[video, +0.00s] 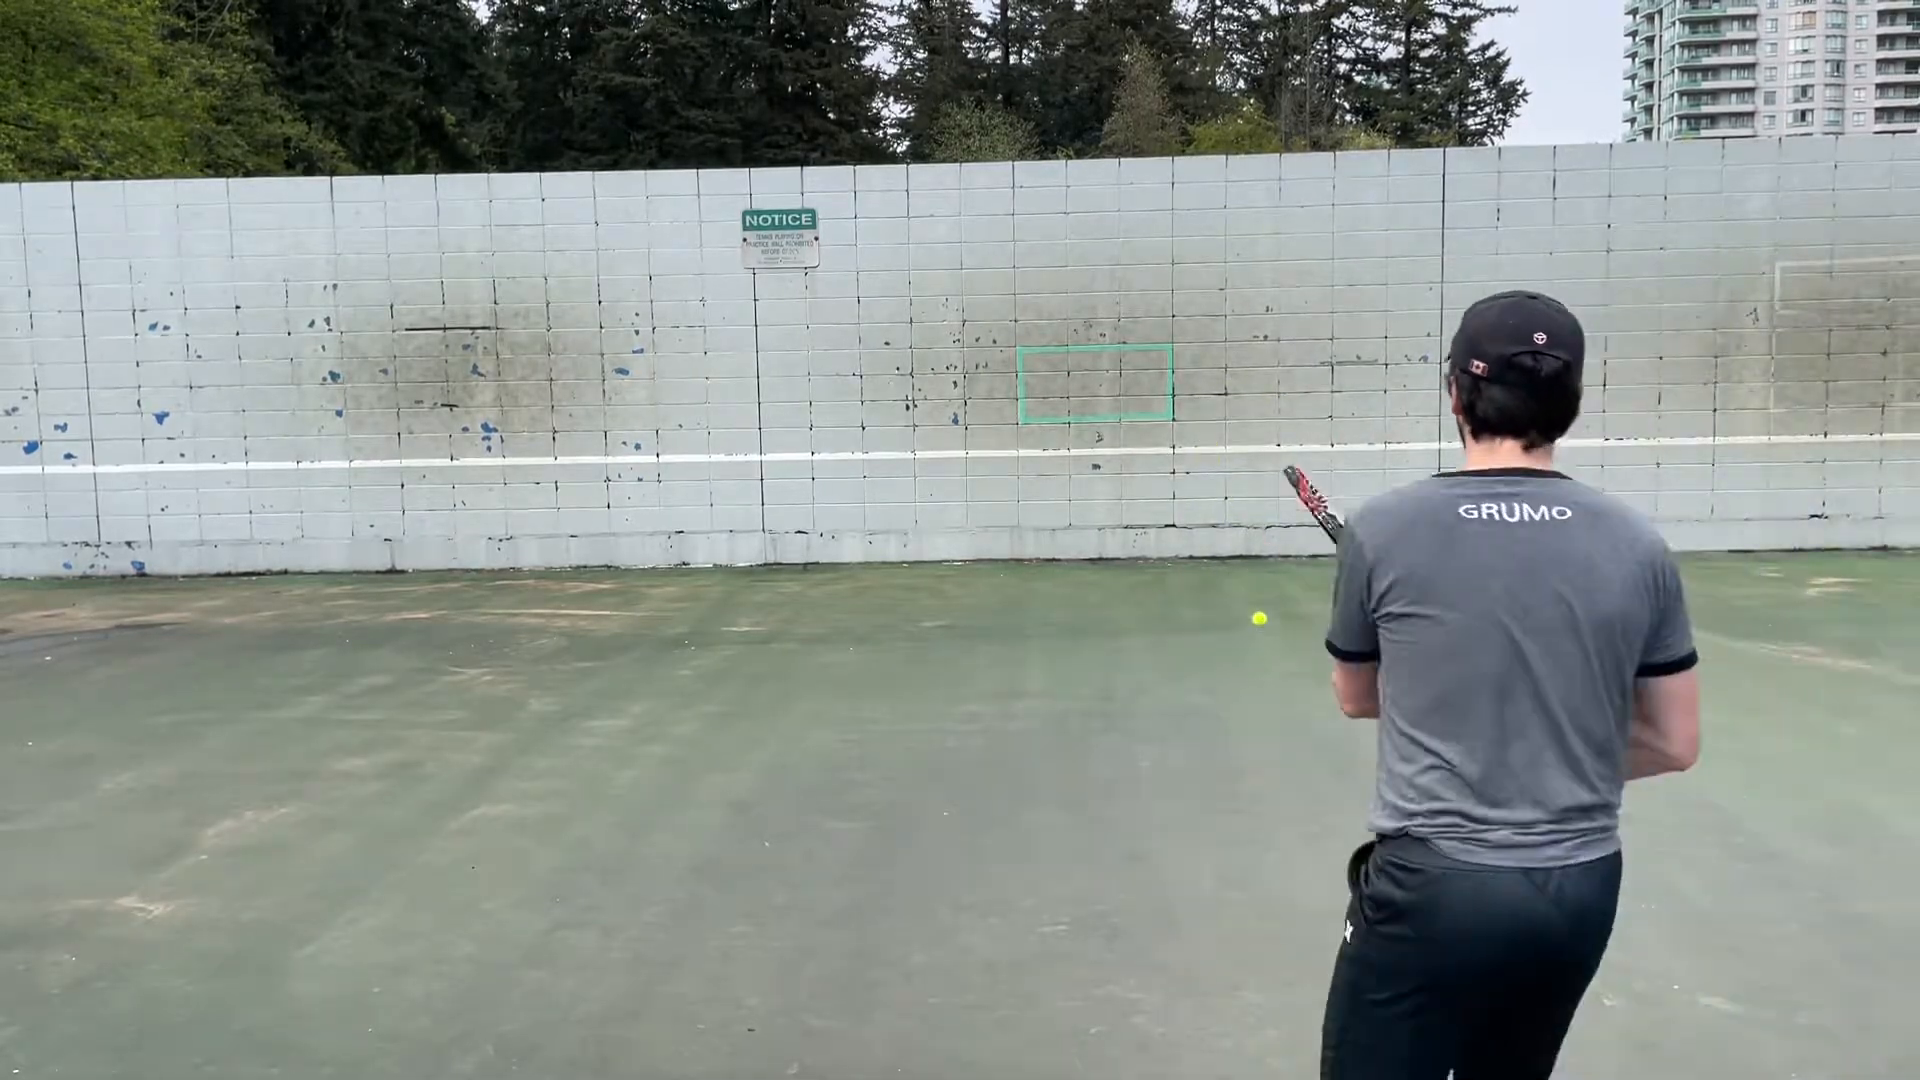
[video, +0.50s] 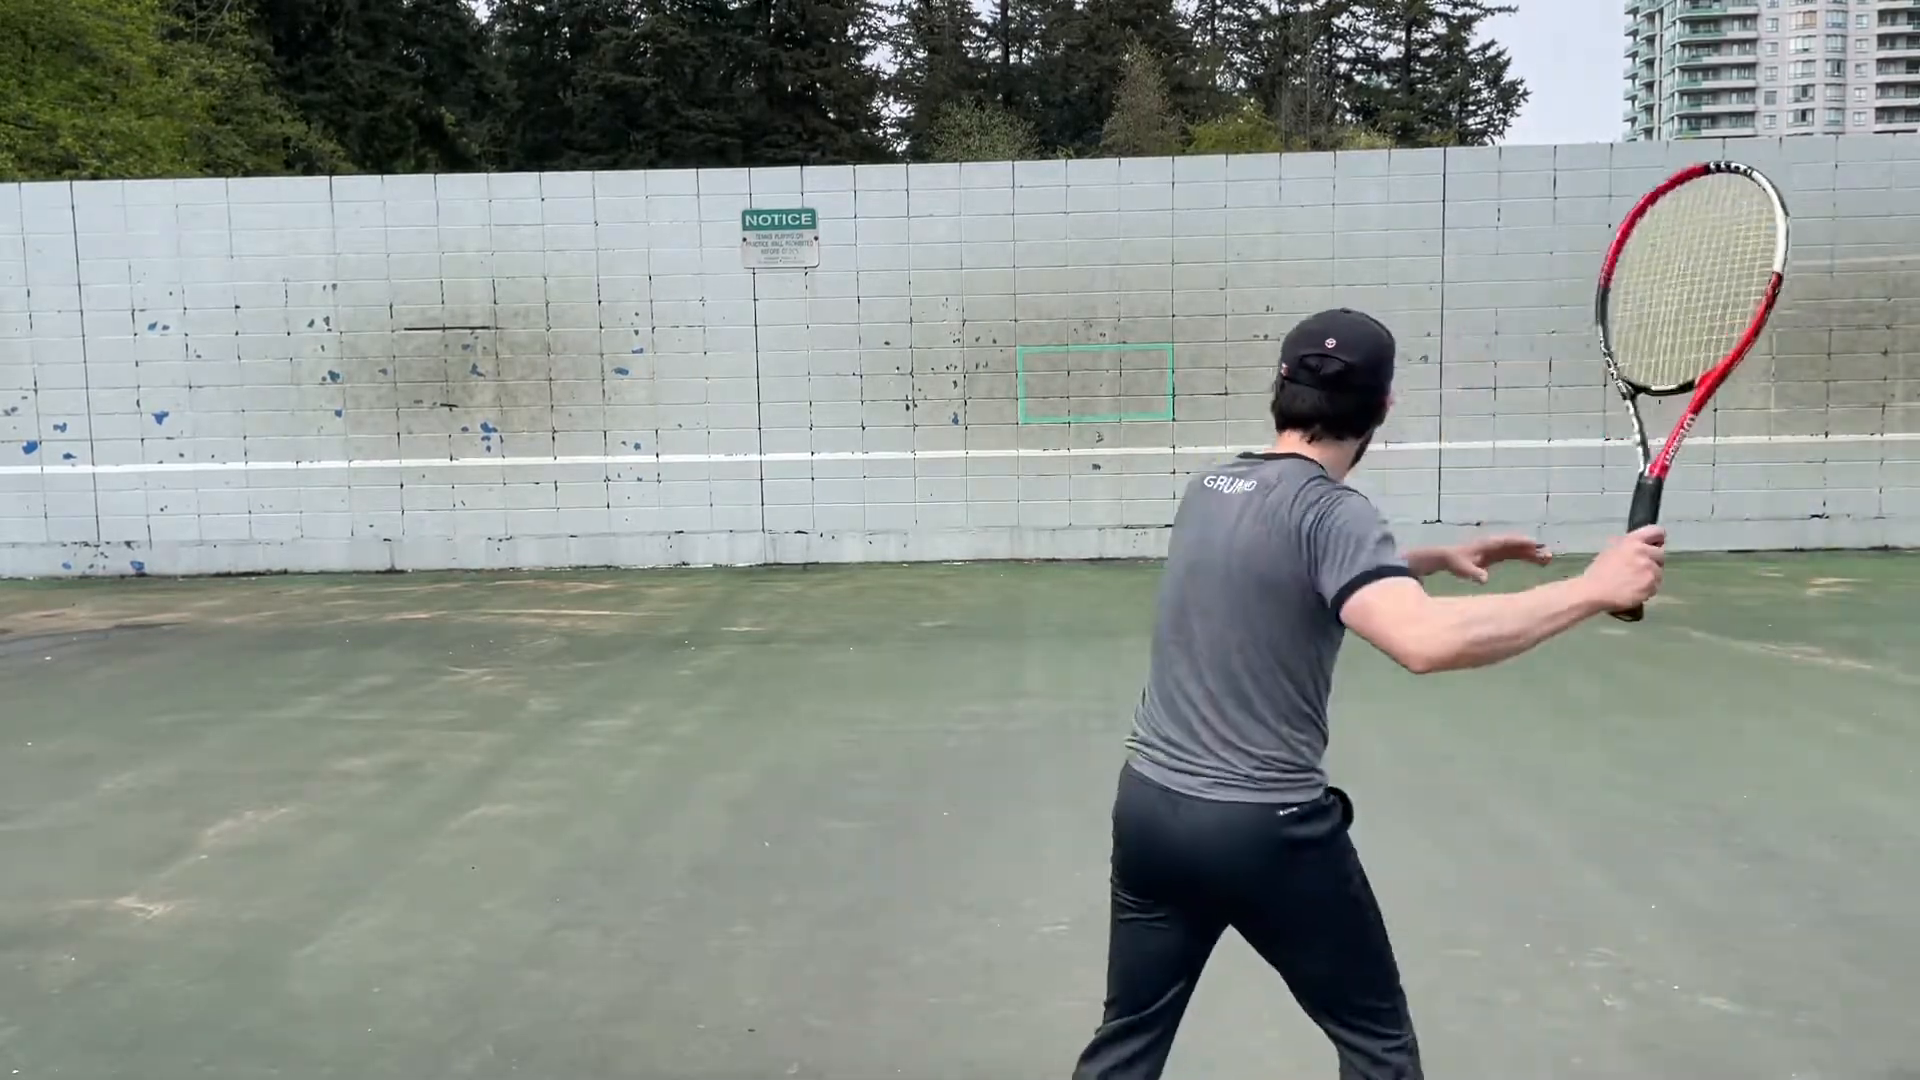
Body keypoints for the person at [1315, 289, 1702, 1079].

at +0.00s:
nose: (1453, 386)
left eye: (1454, 376)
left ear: (1458, 393)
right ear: (1572, 404)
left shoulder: (1385, 528)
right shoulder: (1633, 542)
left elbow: (1358, 696)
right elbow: (1672, 742)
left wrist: (1462, 684)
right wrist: (1552, 745)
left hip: (1429, 898)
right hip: (1573, 901)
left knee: (1366, 1068)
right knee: (1509, 1071)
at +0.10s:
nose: (1415, 370)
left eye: (1418, 359)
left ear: (1421, 374)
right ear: (1536, 387)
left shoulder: (1342, 501)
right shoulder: (1584, 525)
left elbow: (1344, 635)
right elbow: (1629, 718)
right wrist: (1527, 698)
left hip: (1369, 866)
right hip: (1515, 876)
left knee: (1298, 1067)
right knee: (1489, 1070)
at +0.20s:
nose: (1370, 361)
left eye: (1373, 351)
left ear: (1376, 369)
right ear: (1488, 382)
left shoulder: (1298, 494)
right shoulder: (1525, 520)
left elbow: (1356, 604)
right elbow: (1594, 705)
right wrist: (1598, 666)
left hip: (1311, 840)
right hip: (1455, 852)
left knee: (1235, 1053)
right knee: (1468, 1069)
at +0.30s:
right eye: (1444, 374)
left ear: (1328, 382)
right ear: (1439, 397)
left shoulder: (1256, 500)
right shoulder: (1441, 524)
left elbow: (1344, 567)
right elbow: (1553, 694)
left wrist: (1482, 537)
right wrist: (1601, 626)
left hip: (1247, 839)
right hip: (1379, 855)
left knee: (1179, 1048)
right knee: (1437, 1065)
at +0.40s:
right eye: (1401, 399)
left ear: (1284, 402)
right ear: (1394, 419)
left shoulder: (1217, 511)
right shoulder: (1364, 540)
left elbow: (1320, 564)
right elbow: (1501, 676)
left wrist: (1463, 547)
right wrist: (1607, 611)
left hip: (1180, 839)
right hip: (1306, 862)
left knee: (1146, 1049)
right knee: (1406, 1063)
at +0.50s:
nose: (1393, 402)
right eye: (1393, 389)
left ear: (1277, 390)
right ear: (1383, 409)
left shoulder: (1208, 490)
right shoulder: (1333, 513)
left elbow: (1295, 574)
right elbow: (1425, 640)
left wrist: (1434, 558)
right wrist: (1592, 588)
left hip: (1153, 815)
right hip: (1274, 833)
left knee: (1127, 1037)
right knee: (1378, 1045)